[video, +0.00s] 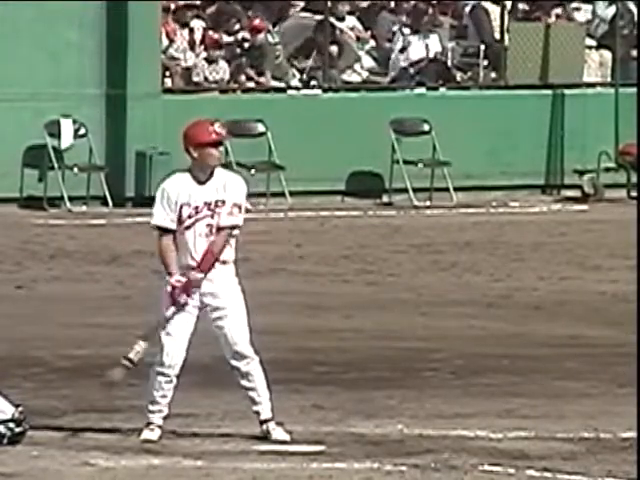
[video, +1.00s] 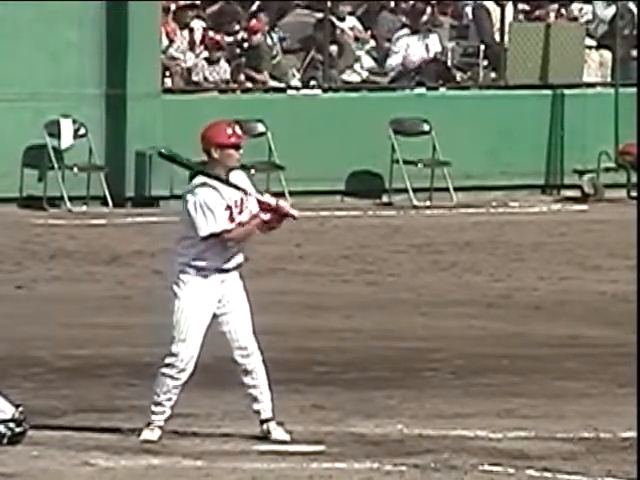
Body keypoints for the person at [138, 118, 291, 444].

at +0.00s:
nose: (220, 151)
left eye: (220, 146)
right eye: (213, 147)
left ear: (219, 149)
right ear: (194, 152)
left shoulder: (233, 184)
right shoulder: (172, 187)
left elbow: (225, 234)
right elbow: (165, 236)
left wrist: (200, 272)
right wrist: (175, 275)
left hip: (221, 276)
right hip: (184, 278)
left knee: (241, 350)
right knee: (169, 357)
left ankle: (267, 420)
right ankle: (154, 421)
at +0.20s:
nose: (219, 151)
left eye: (219, 145)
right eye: (212, 146)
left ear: (218, 148)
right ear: (193, 150)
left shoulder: (229, 182)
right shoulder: (168, 183)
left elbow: (210, 228)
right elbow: (154, 224)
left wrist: (164, 236)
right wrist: (143, 235)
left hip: (218, 276)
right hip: (178, 277)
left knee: (238, 349)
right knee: (168, 357)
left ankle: (267, 420)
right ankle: (154, 422)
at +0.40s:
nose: (220, 149)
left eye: (221, 143)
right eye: (213, 144)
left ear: (221, 146)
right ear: (194, 148)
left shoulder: (230, 180)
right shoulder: (170, 181)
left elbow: (214, 219)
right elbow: (153, 230)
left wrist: (171, 211)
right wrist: (153, 210)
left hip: (219, 275)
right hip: (180, 277)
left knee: (239, 350)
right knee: (169, 357)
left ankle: (267, 421)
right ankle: (154, 421)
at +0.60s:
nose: (223, 149)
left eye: (224, 143)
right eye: (216, 144)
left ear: (223, 146)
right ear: (197, 148)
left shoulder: (236, 179)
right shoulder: (175, 181)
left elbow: (235, 222)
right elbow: (161, 232)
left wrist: (203, 205)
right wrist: (177, 207)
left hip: (224, 274)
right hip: (185, 276)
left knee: (243, 351)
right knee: (172, 357)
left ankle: (267, 421)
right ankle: (155, 421)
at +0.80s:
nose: (230, 149)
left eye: (230, 144)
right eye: (224, 145)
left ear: (227, 147)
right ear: (205, 149)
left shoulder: (238, 178)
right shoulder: (186, 187)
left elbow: (260, 220)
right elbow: (188, 236)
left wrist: (239, 209)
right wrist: (214, 213)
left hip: (228, 276)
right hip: (192, 278)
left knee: (246, 351)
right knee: (177, 354)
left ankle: (267, 421)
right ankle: (155, 421)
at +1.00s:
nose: (238, 153)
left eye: (238, 147)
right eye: (232, 148)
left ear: (230, 150)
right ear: (214, 153)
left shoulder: (240, 178)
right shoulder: (200, 193)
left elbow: (256, 223)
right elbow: (229, 239)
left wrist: (276, 215)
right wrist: (259, 219)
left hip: (230, 277)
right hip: (196, 280)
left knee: (247, 351)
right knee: (183, 356)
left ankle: (268, 421)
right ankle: (156, 422)